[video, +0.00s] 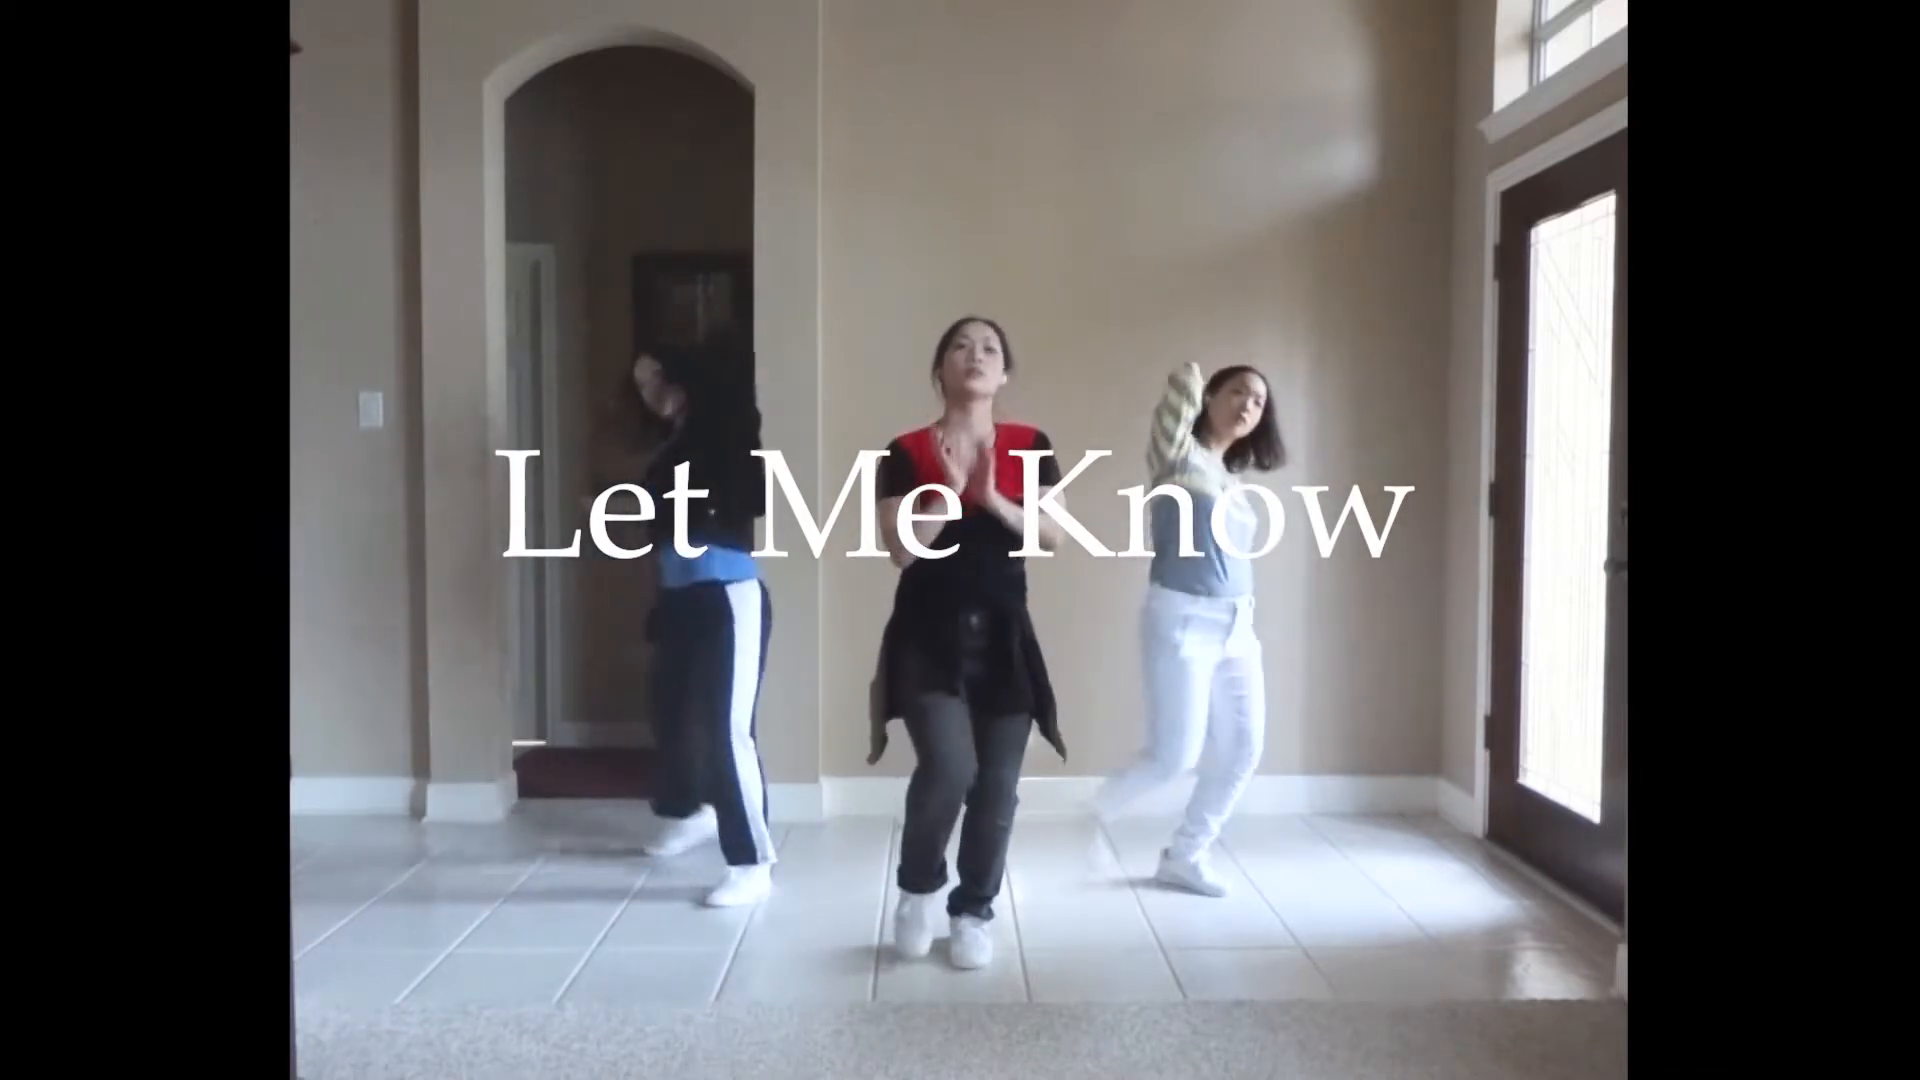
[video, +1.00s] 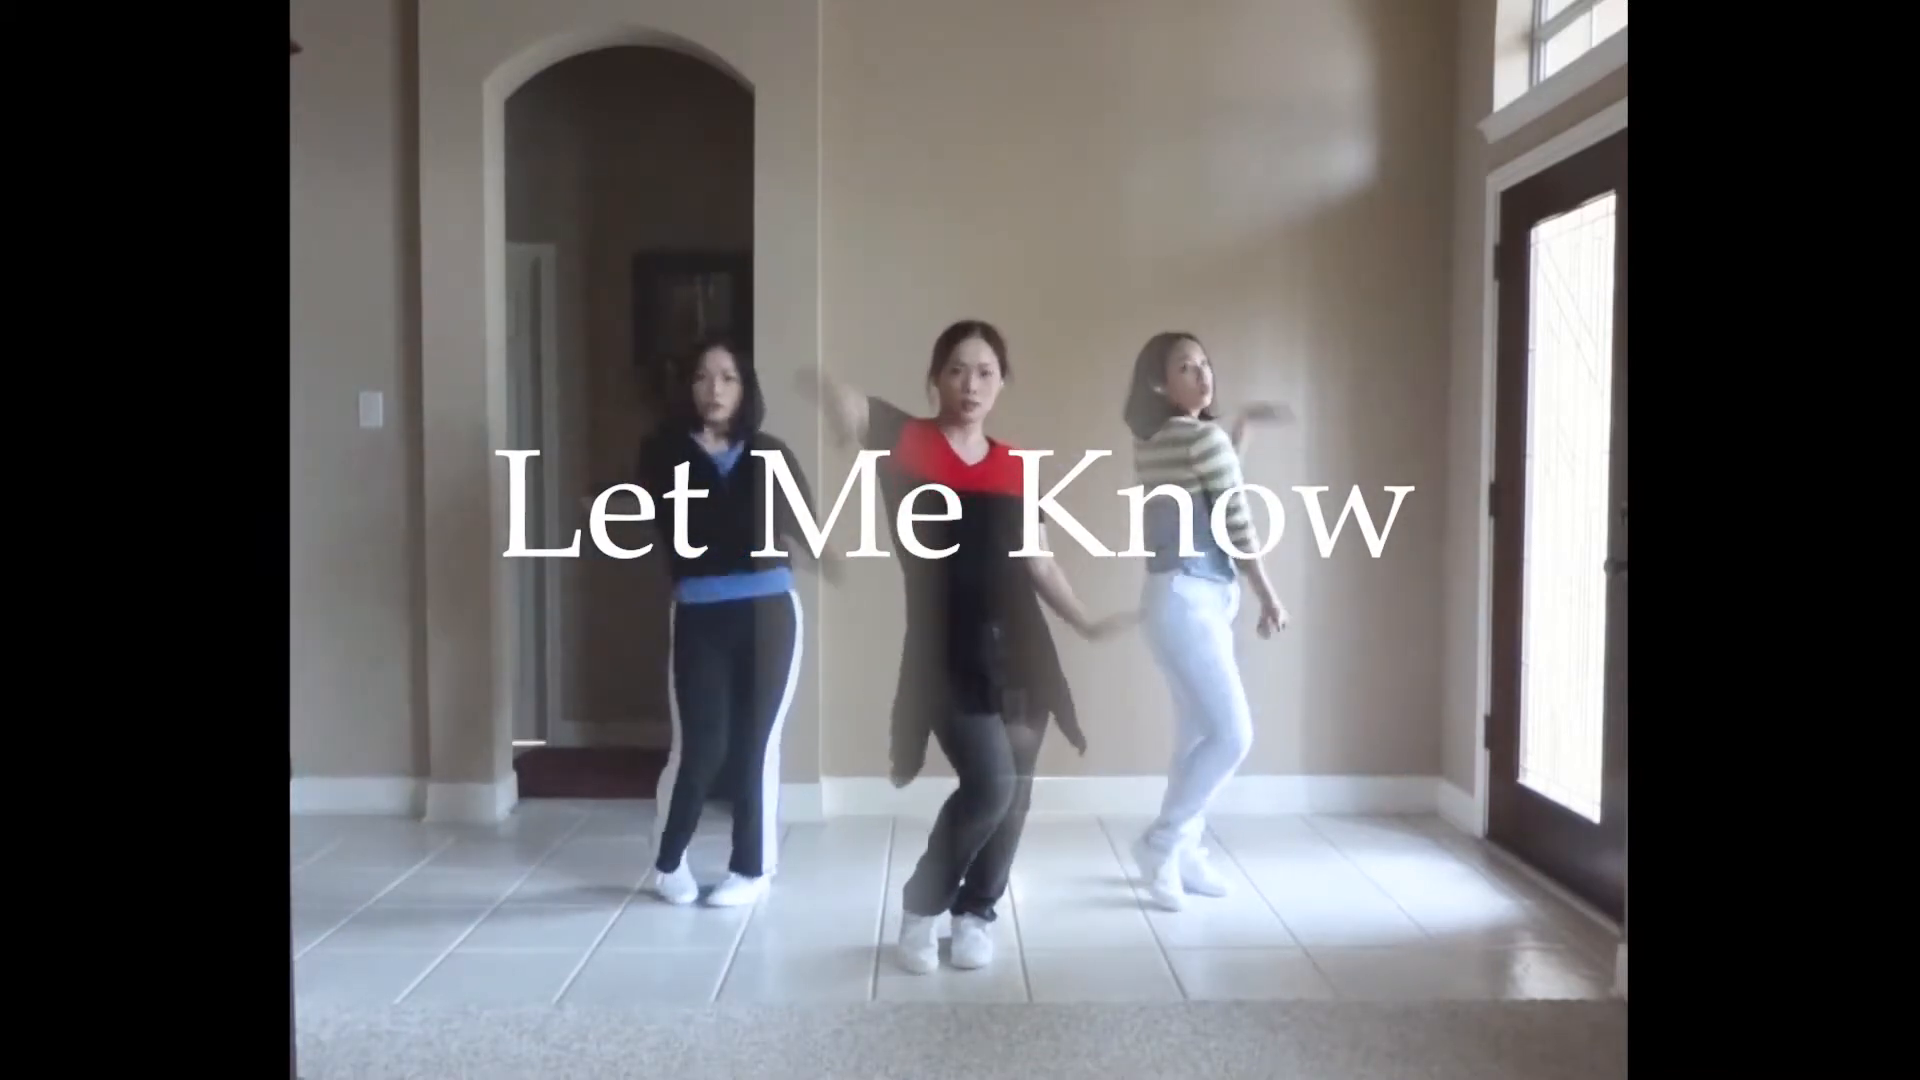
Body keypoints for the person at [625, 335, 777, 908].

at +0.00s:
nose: (651, 397)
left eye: (656, 385)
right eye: (644, 389)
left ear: (682, 380)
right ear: (649, 394)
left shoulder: (723, 432)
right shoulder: (672, 443)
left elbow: (746, 513)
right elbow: (662, 520)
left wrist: (684, 505)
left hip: (730, 592)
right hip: (681, 591)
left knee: (728, 727)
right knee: (672, 707)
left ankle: (752, 864)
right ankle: (685, 812)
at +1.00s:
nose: (714, 388)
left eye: (727, 378)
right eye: (704, 377)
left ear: (746, 388)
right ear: (689, 386)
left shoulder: (770, 453)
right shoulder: (666, 452)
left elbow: (809, 530)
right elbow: (646, 526)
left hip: (767, 610)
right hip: (700, 612)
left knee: (752, 748)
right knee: (704, 747)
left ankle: (749, 871)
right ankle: (670, 861)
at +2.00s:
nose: (739, 370)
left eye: (750, 361)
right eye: (729, 360)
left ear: (766, 376)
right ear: (712, 371)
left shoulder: (766, 450)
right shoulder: (688, 425)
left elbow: (755, 521)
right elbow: (641, 372)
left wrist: (679, 514)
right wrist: (604, 304)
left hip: (752, 586)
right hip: (701, 588)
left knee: (749, 717)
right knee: (712, 714)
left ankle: (769, 857)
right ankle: (736, 834)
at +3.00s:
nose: (725, 411)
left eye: (737, 397)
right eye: (717, 396)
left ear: (757, 405)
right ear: (705, 400)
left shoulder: (766, 458)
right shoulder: (684, 455)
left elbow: (813, 523)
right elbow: (651, 438)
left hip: (744, 597)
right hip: (691, 595)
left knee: (728, 720)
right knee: (704, 718)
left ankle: (729, 854)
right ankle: (741, 831)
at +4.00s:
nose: (719, 505)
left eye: (731, 495)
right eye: (708, 494)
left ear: (746, 504)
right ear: (690, 500)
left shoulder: (754, 556)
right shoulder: (667, 555)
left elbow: (779, 594)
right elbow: (640, 588)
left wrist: (818, 616)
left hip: (744, 665)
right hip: (681, 674)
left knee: (720, 742)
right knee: (711, 770)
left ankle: (738, 872)